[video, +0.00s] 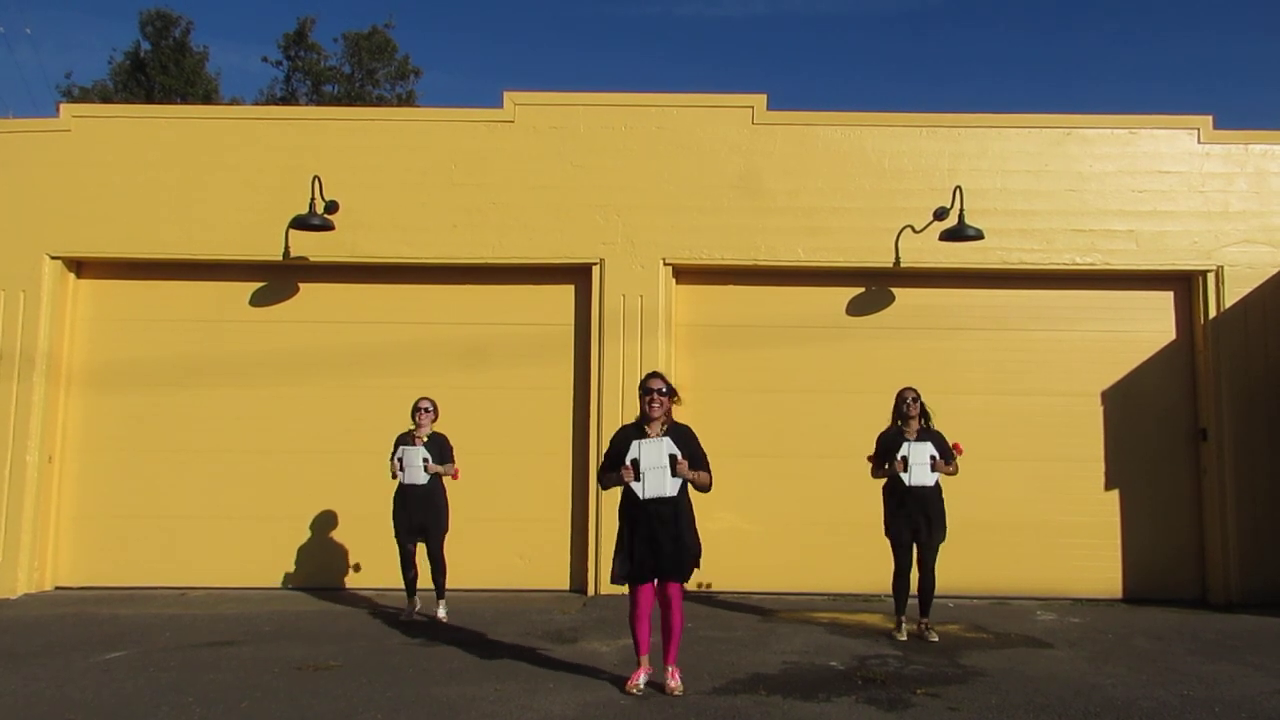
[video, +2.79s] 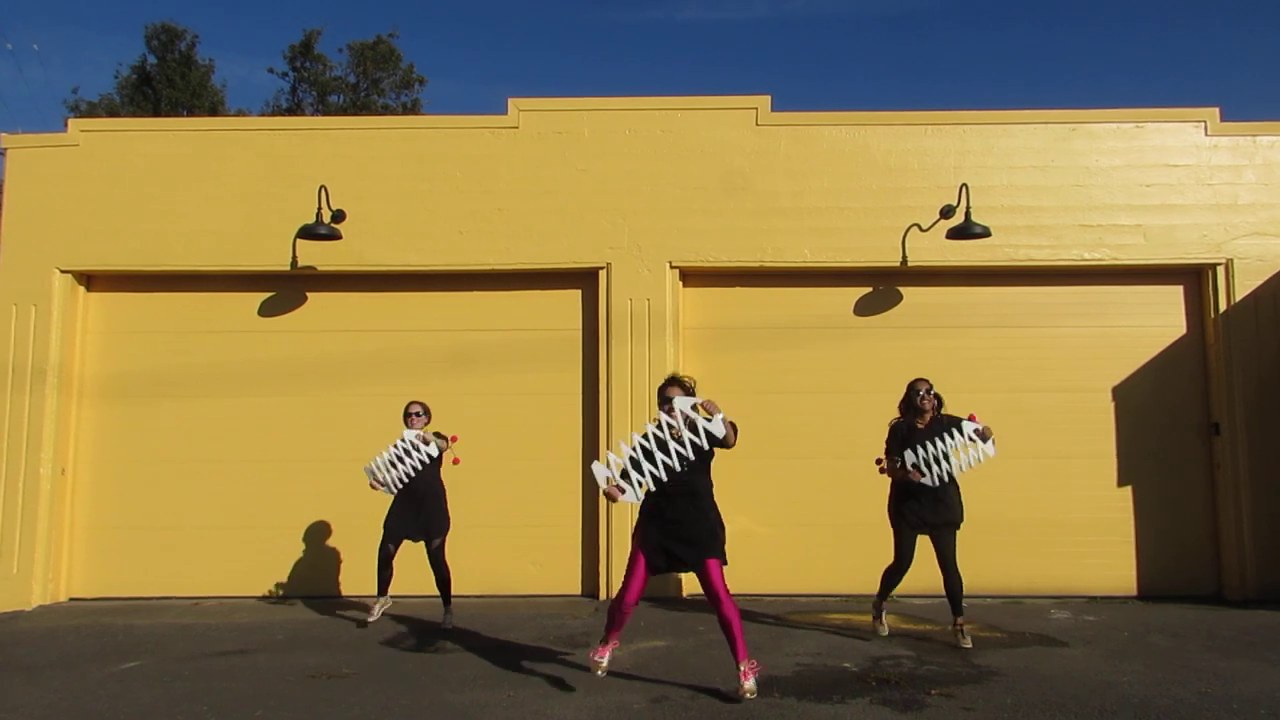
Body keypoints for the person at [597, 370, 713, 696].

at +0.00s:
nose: (654, 398)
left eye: (661, 393)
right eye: (648, 393)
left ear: (670, 399)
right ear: (640, 398)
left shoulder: (683, 434)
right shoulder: (625, 436)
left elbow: (706, 482)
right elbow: (603, 479)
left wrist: (689, 473)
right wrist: (620, 476)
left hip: (676, 530)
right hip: (638, 530)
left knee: (671, 594)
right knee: (641, 595)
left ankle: (671, 668)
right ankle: (643, 667)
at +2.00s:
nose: (650, 394)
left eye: (657, 390)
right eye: (645, 389)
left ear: (667, 396)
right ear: (637, 395)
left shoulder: (680, 433)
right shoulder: (621, 433)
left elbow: (697, 481)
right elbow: (600, 476)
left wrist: (683, 476)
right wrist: (616, 474)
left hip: (672, 529)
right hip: (631, 529)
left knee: (673, 597)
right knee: (629, 598)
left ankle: (676, 668)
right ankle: (622, 667)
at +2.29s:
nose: (653, 416)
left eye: (660, 411)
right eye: (647, 411)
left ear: (672, 415)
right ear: (640, 415)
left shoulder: (681, 447)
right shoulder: (631, 449)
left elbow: (702, 482)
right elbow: (623, 482)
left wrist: (704, 458)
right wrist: (638, 469)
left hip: (679, 540)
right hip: (636, 541)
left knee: (701, 613)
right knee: (621, 614)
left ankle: (724, 683)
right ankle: (600, 679)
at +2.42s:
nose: (660, 393)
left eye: (667, 388)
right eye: (655, 388)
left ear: (678, 392)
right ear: (647, 393)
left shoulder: (694, 423)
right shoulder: (638, 430)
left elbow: (736, 433)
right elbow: (626, 469)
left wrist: (741, 399)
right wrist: (608, 476)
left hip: (689, 522)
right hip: (647, 523)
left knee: (707, 593)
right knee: (628, 592)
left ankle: (728, 668)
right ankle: (608, 658)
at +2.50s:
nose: (665, 394)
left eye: (672, 389)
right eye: (660, 389)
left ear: (686, 392)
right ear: (653, 392)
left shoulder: (704, 417)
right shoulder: (647, 427)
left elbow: (741, 395)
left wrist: (755, 362)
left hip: (696, 515)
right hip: (654, 516)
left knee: (713, 594)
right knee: (636, 592)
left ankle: (731, 668)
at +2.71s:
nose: (684, 408)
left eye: (688, 402)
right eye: (677, 403)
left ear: (694, 402)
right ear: (665, 405)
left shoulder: (707, 427)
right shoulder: (654, 441)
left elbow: (736, 399)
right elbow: (629, 479)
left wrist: (732, 364)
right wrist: (600, 502)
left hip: (703, 526)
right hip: (661, 527)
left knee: (724, 600)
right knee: (634, 592)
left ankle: (737, 668)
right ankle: (626, 598)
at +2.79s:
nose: (670, 408)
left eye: (677, 402)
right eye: (665, 403)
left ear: (691, 404)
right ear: (659, 405)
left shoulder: (701, 432)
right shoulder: (650, 440)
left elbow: (729, 440)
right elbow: (630, 473)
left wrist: (717, 417)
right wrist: (615, 489)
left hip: (698, 523)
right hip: (655, 524)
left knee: (719, 596)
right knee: (627, 597)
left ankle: (744, 666)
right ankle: (608, 643)